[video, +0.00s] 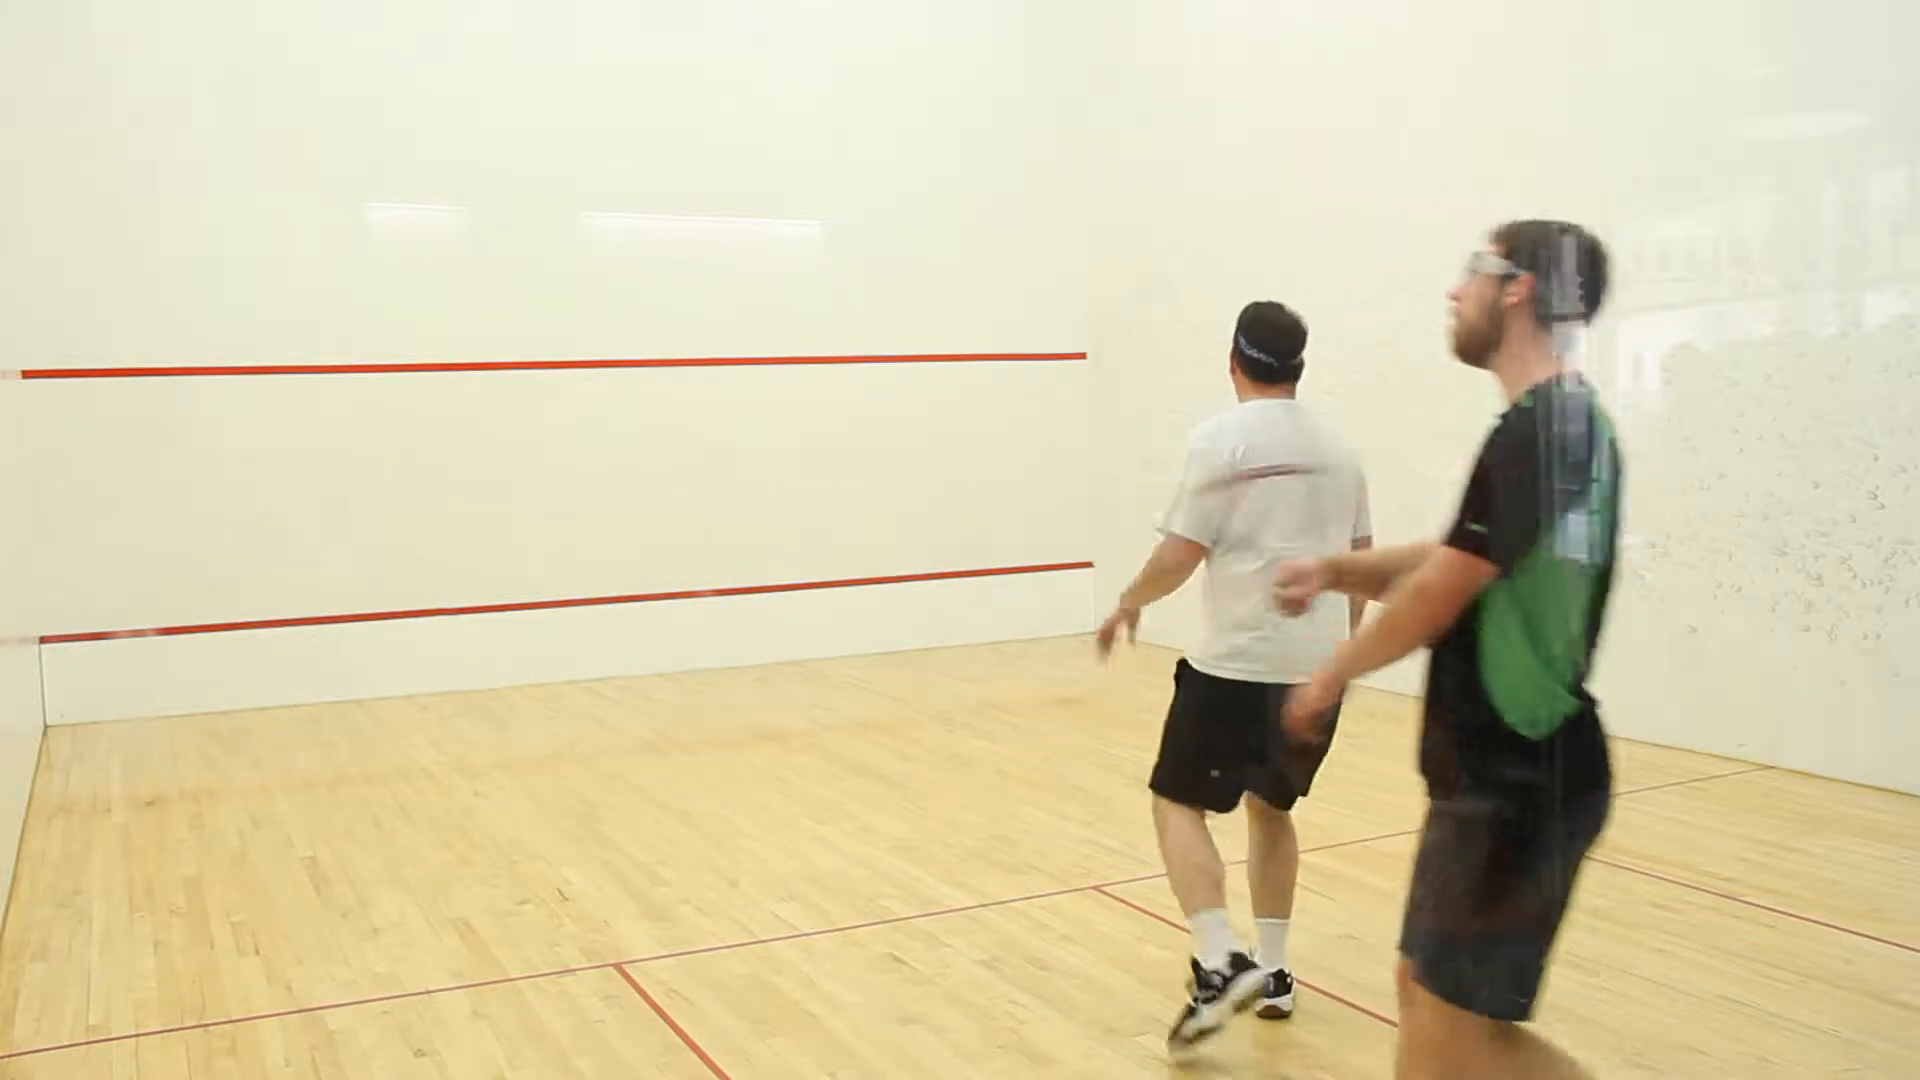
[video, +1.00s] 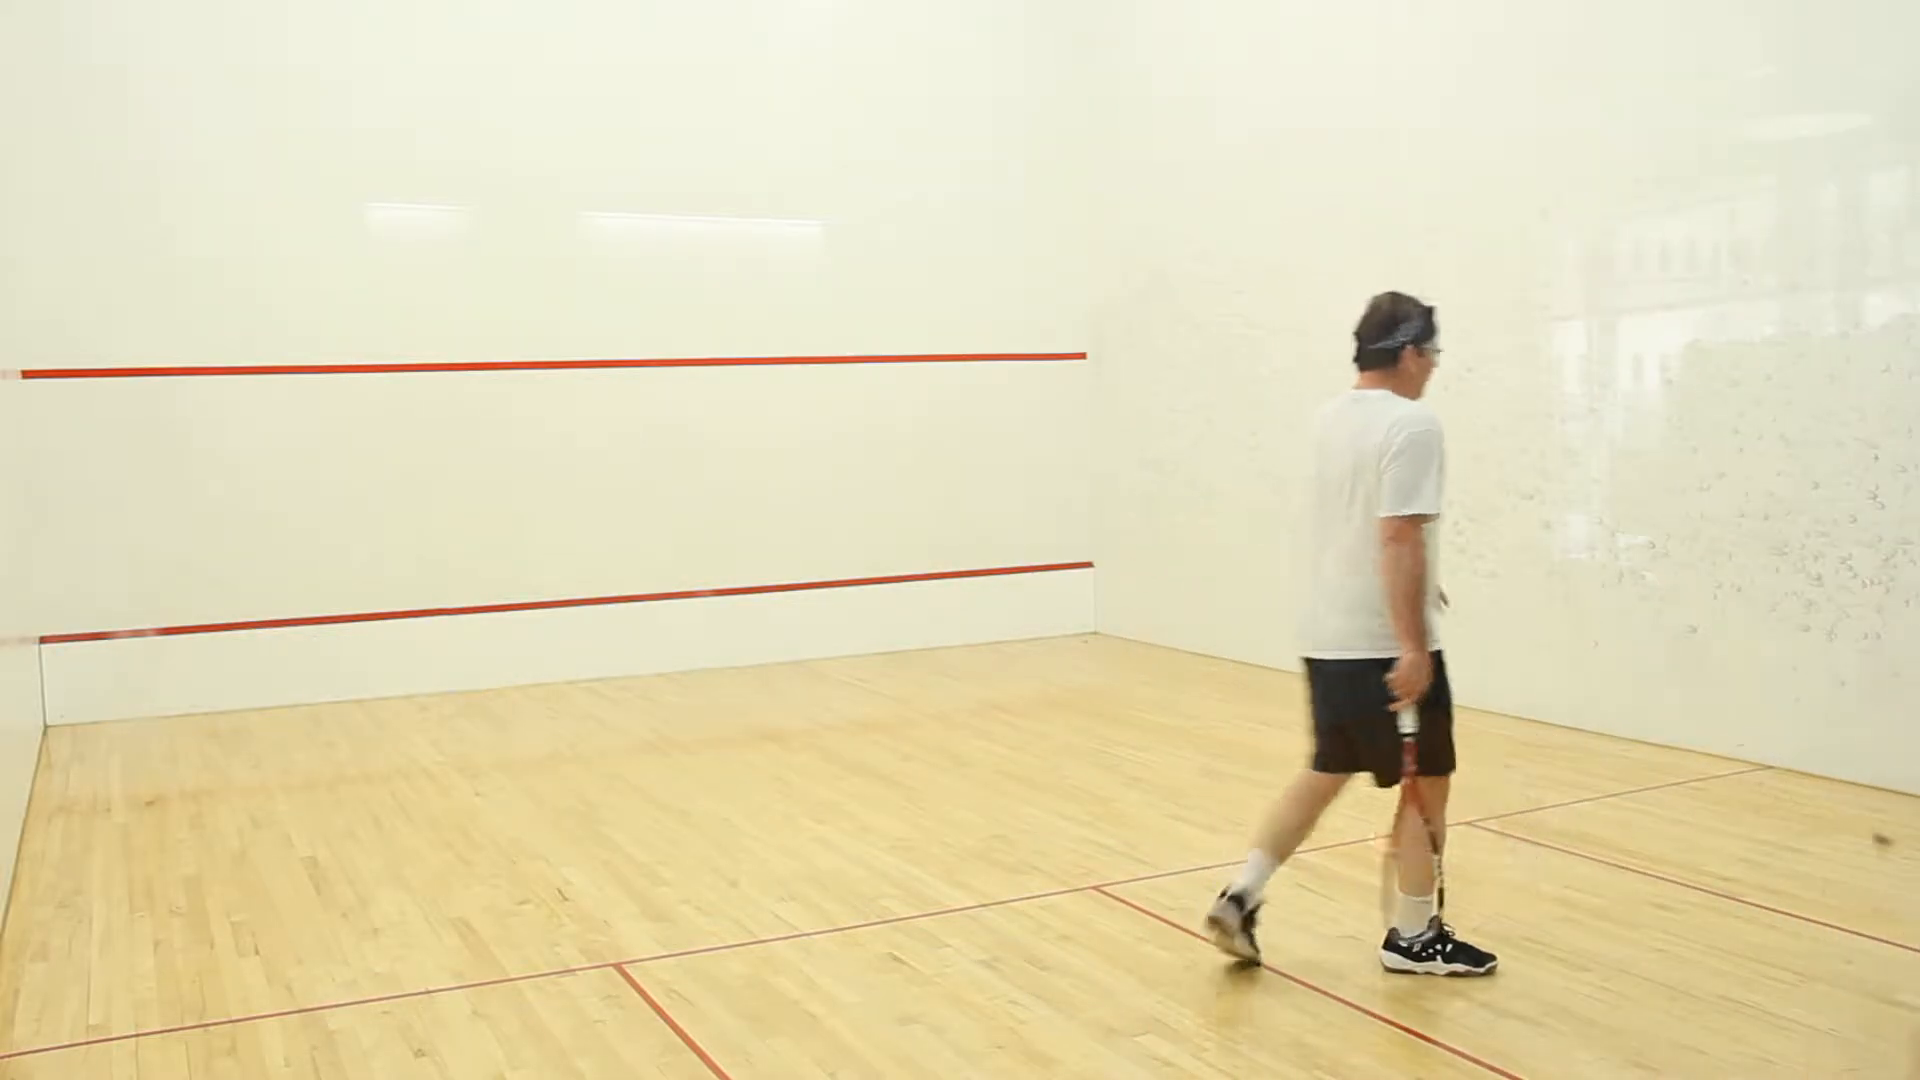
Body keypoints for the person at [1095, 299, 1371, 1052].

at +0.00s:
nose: (1232, 367)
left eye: (1232, 355)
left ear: (1236, 361)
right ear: (1300, 366)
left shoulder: (1222, 441)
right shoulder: (1339, 450)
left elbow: (1180, 555)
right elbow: (1363, 568)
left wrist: (1132, 601)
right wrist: (1349, 651)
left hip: (1228, 671)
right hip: (1315, 675)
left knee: (1176, 799)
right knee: (1271, 806)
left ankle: (1222, 961)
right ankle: (1274, 970)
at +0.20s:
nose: (1241, 354)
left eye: (1239, 345)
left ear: (1236, 351)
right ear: (1303, 353)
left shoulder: (1205, 430)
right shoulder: (1347, 435)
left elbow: (1165, 531)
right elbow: (1379, 545)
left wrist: (1221, 505)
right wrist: (1385, 631)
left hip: (1220, 657)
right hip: (1310, 661)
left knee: (1203, 794)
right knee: (1287, 808)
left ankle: (1184, 952)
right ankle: (1273, 973)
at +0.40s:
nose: (1294, 356)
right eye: (1306, 346)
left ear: (1241, 353)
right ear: (1308, 353)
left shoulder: (1201, 430)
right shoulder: (1342, 432)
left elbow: (1172, 529)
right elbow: (1384, 542)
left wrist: (1244, 534)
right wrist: (1415, 628)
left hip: (1215, 653)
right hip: (1302, 658)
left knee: (1221, 790)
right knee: (1286, 811)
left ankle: (1209, 946)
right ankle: (1271, 968)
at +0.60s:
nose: (1329, 354)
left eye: (1322, 343)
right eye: (1326, 344)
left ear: (1260, 356)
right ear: (1316, 352)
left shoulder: (1223, 427)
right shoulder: (1331, 428)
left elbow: (1197, 526)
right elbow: (1350, 544)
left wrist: (1276, 509)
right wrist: (1397, 648)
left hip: (1227, 646)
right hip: (1308, 648)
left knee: (1233, 778)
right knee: (1362, 765)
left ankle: (1211, 943)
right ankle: (1298, 913)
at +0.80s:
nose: (1372, 362)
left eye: (1368, 351)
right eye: (1369, 351)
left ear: (1306, 357)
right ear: (1355, 356)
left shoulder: (1268, 425)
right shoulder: (1357, 430)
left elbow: (1266, 536)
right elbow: (1347, 540)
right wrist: (1357, 655)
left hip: (1259, 652)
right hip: (1331, 655)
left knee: (1253, 775)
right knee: (1403, 765)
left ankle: (1212, 938)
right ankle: (1406, 930)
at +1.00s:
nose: (1433, 365)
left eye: (1432, 353)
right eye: (1430, 352)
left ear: (1369, 352)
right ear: (1408, 353)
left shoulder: (1333, 416)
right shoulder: (1410, 424)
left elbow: (1337, 531)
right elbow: (1401, 538)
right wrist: (1414, 648)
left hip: (1328, 642)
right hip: (1390, 645)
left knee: (1329, 766)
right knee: (1426, 783)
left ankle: (1240, 896)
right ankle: (1412, 933)